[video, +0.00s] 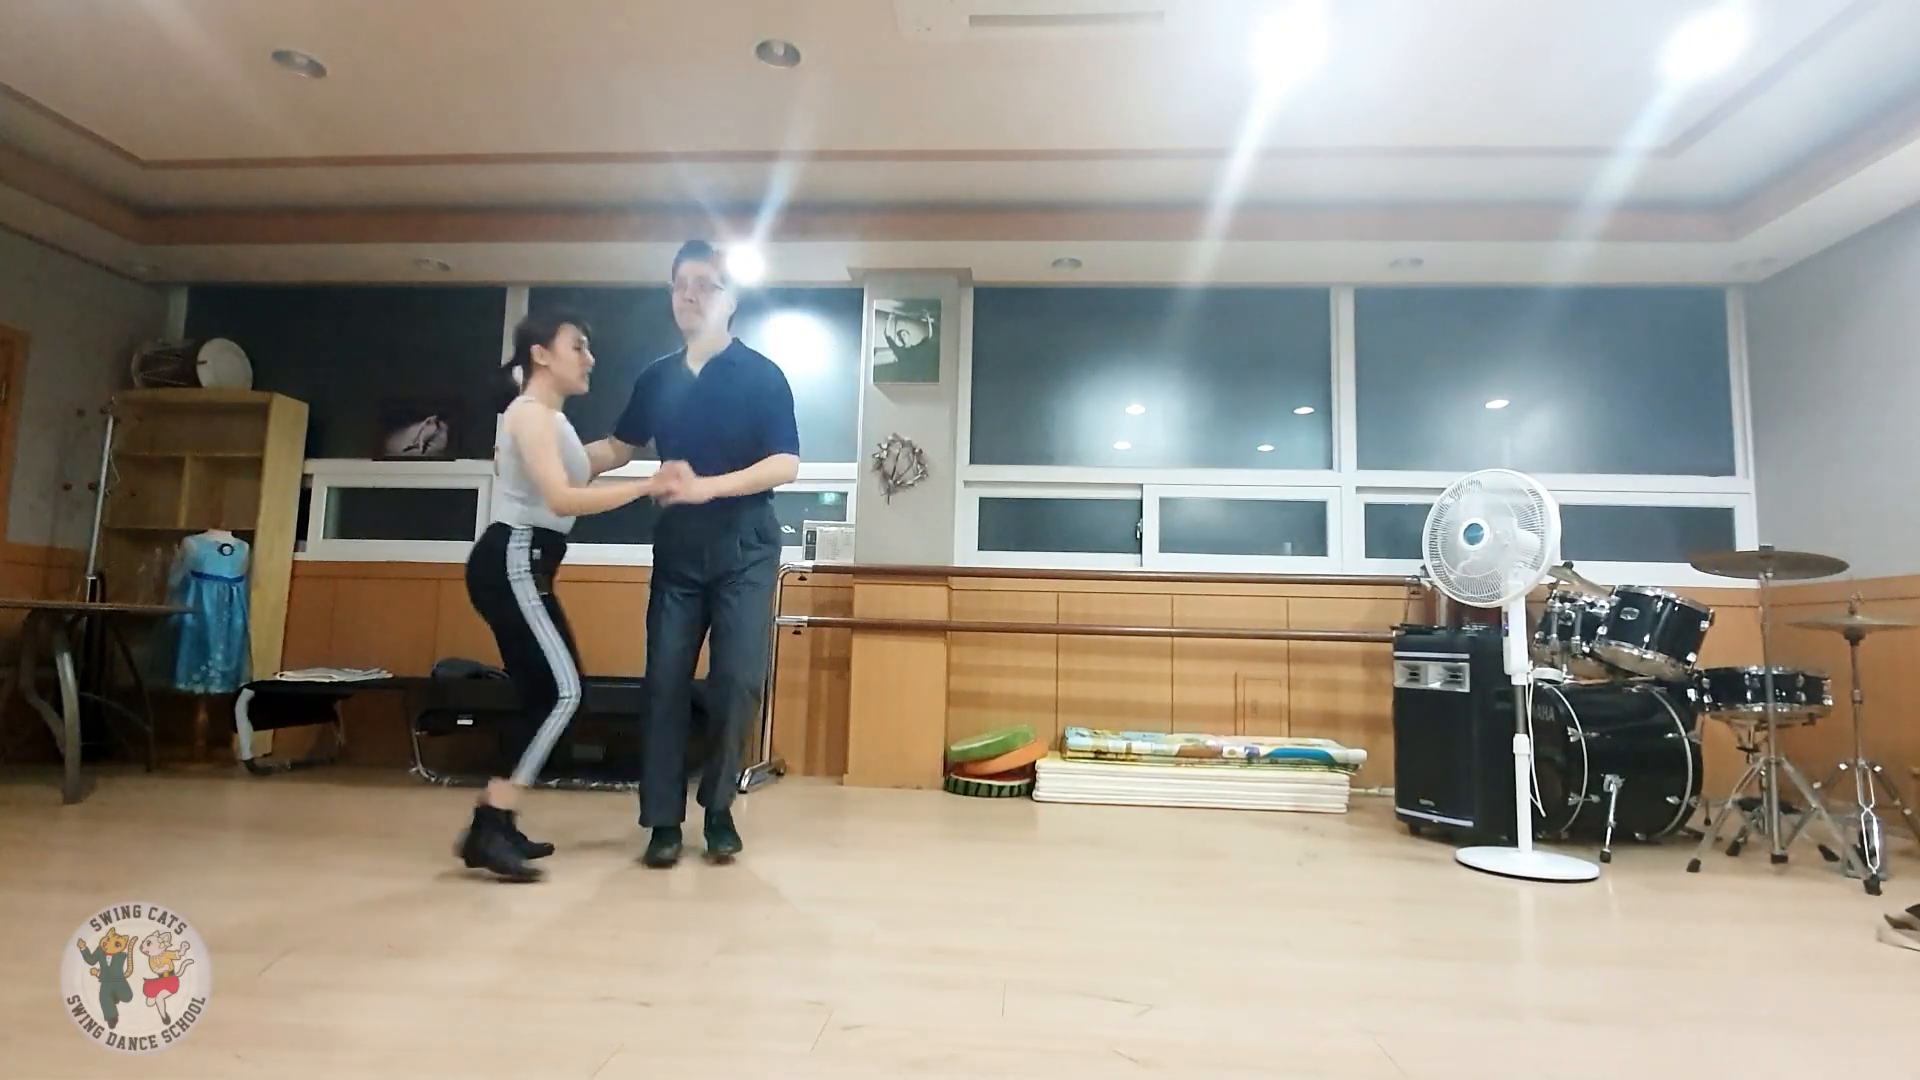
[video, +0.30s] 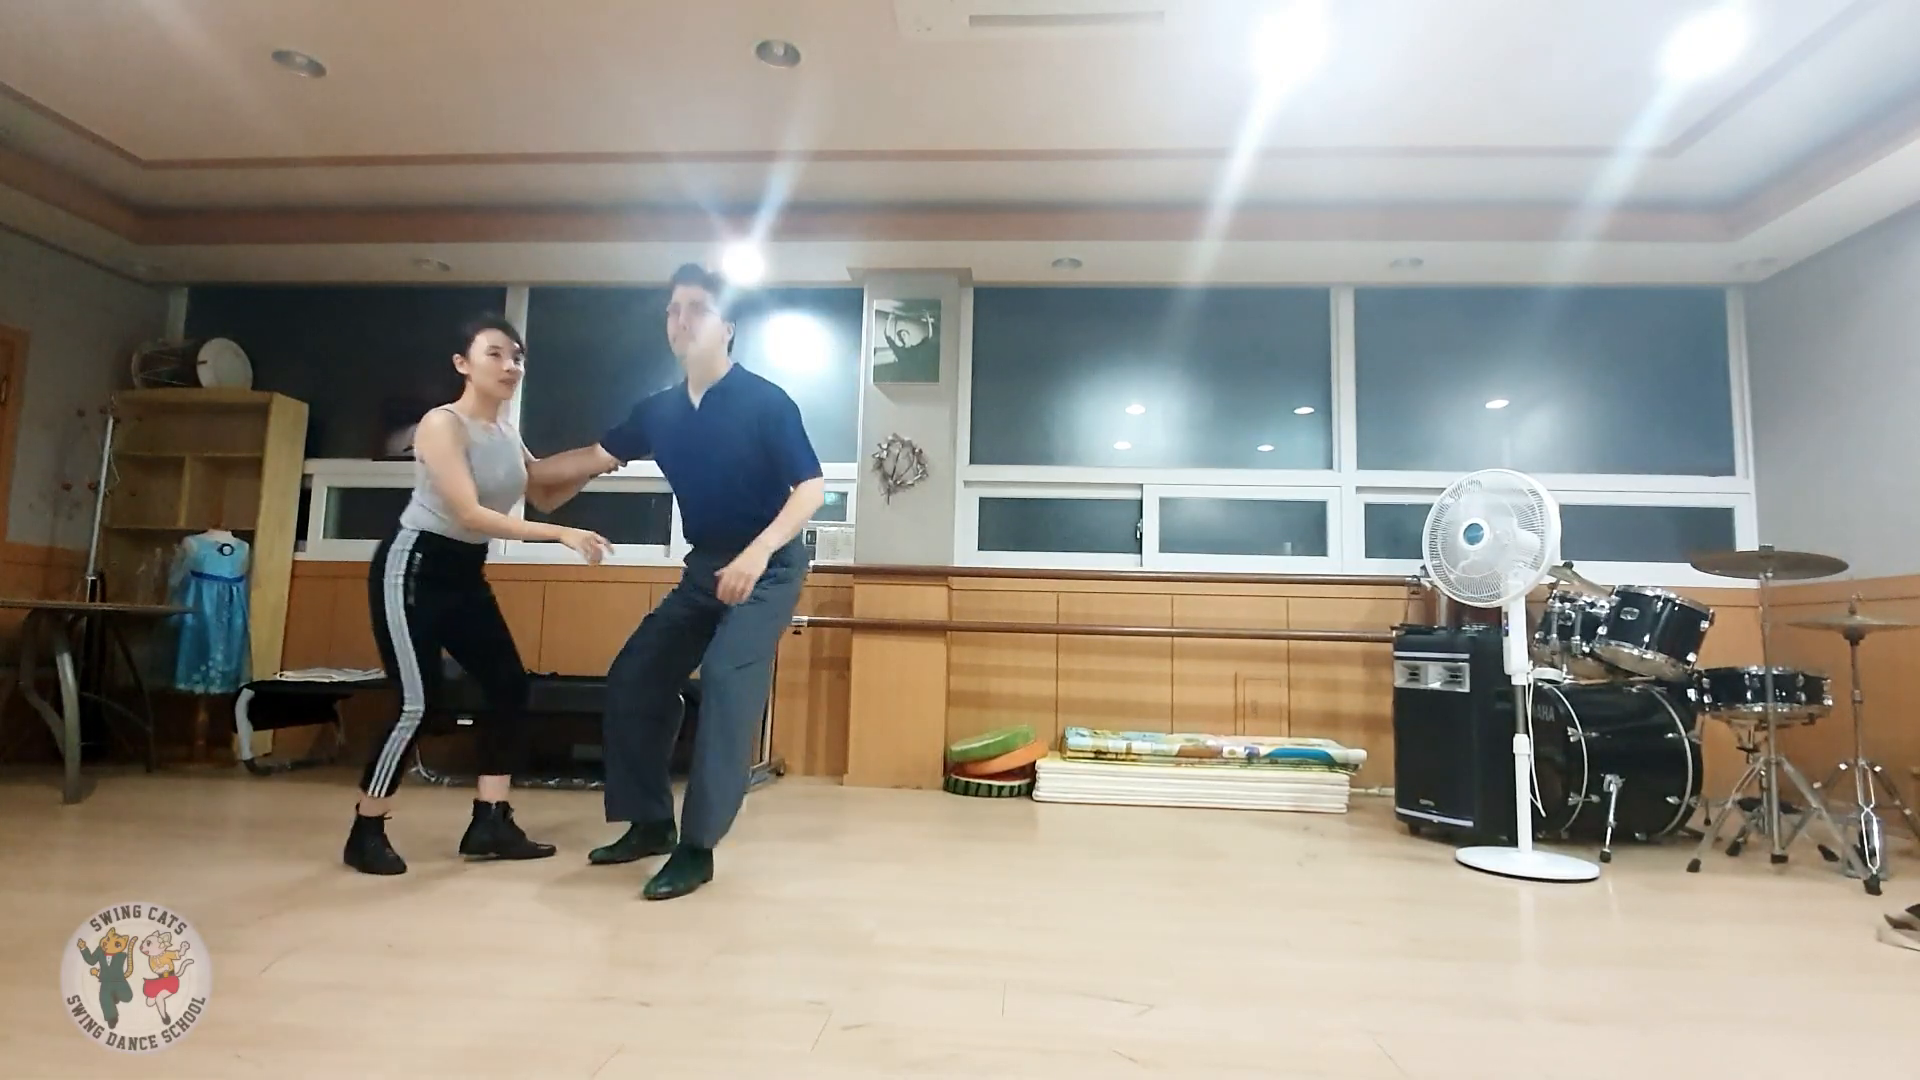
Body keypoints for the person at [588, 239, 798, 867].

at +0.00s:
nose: (689, 297)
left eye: (704, 287)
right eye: (681, 287)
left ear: (729, 297)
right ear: (671, 295)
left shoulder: (762, 375)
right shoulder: (657, 378)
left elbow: (784, 464)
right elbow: (620, 446)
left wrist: (703, 486)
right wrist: (553, 461)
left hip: (747, 548)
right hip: (677, 548)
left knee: (739, 681)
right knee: (665, 683)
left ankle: (719, 807)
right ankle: (664, 823)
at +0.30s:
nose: (680, 321)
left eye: (696, 309)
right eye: (674, 311)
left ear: (727, 323)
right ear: (668, 324)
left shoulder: (766, 403)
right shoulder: (656, 413)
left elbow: (810, 489)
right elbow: (592, 458)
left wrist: (758, 552)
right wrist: (516, 472)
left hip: (771, 564)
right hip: (708, 564)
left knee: (727, 679)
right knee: (637, 673)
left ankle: (698, 847)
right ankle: (649, 825)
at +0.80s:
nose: (754, 312)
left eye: (767, 304)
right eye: (743, 299)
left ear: (781, 319)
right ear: (721, 309)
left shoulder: (802, 399)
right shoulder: (694, 384)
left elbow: (824, 491)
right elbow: (659, 451)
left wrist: (775, 544)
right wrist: (581, 482)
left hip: (780, 556)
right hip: (714, 551)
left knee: (745, 685)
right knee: (668, 679)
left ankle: (706, 830)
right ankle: (677, 815)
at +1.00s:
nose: (795, 312)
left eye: (805, 305)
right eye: (782, 299)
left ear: (811, 317)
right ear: (753, 308)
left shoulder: (826, 396)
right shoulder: (720, 372)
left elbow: (832, 485)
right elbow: (693, 443)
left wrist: (782, 531)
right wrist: (636, 462)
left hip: (790, 551)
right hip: (718, 546)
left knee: (784, 681)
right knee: (692, 679)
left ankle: (800, 808)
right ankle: (686, 818)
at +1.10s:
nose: (809, 320)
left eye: (818, 312)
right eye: (796, 308)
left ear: (824, 325)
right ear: (768, 319)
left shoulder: (840, 403)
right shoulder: (732, 382)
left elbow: (850, 493)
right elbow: (703, 456)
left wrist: (808, 541)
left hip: (805, 559)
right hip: (734, 552)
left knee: (800, 681)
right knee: (690, 663)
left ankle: (823, 807)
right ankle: (688, 813)